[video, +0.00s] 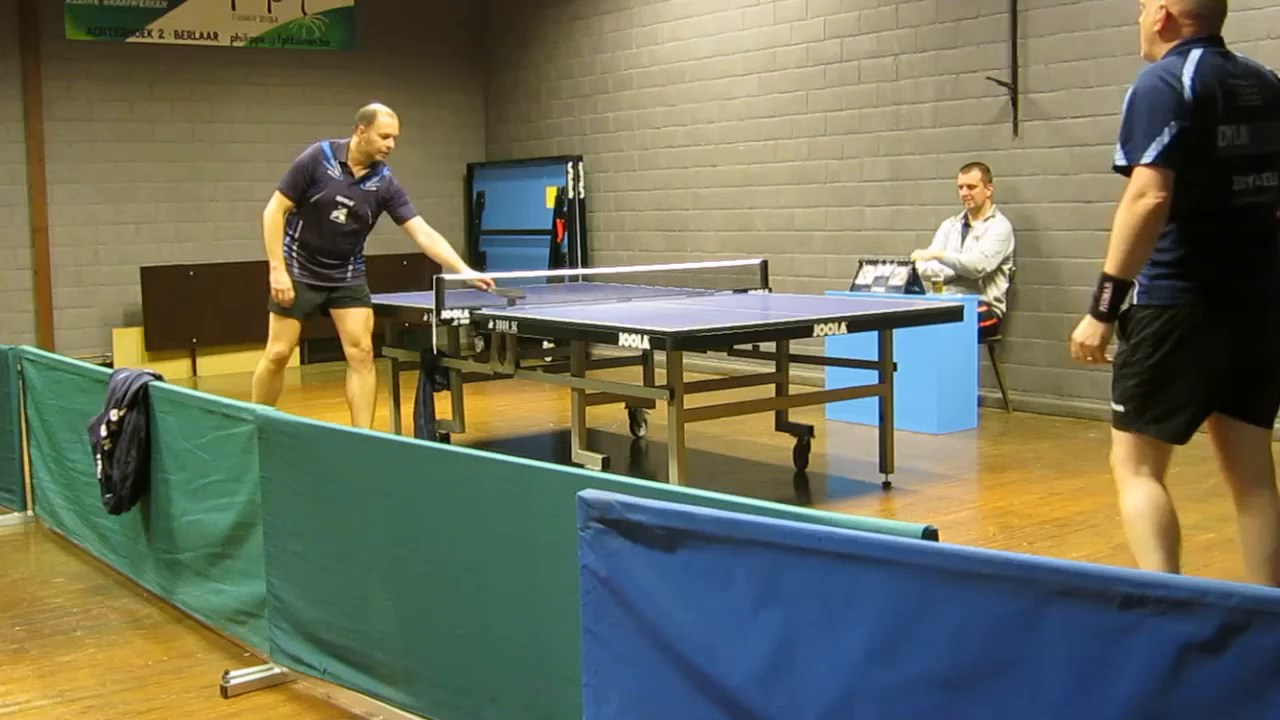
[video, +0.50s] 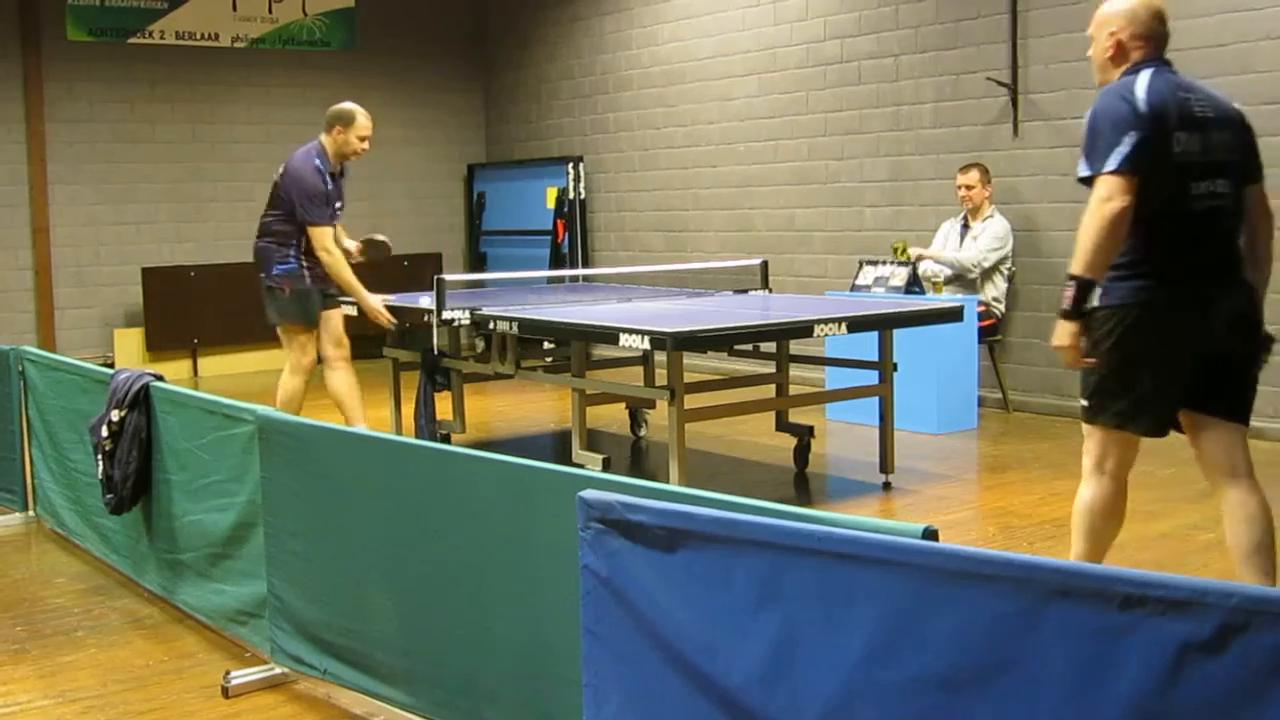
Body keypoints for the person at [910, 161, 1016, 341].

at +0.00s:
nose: (964, 193)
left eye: (971, 187)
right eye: (961, 188)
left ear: (988, 190)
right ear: (957, 190)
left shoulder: (1000, 228)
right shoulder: (949, 225)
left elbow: (979, 266)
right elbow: (923, 269)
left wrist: (937, 255)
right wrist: (965, 266)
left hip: (983, 306)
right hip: (944, 304)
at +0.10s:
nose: (964, 193)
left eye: (971, 187)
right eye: (961, 188)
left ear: (989, 190)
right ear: (957, 190)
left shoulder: (1000, 227)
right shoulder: (948, 226)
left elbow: (979, 267)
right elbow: (924, 270)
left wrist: (936, 256)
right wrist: (965, 267)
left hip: (983, 306)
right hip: (944, 304)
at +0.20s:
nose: (964, 193)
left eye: (970, 187)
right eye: (960, 188)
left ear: (988, 190)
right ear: (957, 191)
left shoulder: (1000, 228)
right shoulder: (948, 226)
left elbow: (978, 267)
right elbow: (924, 270)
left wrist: (935, 255)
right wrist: (965, 267)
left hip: (982, 306)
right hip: (943, 305)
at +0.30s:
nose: (963, 193)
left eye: (970, 187)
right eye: (960, 188)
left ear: (988, 190)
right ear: (956, 191)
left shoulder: (1000, 228)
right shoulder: (948, 226)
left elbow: (975, 267)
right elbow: (924, 270)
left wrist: (932, 255)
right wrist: (963, 268)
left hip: (983, 307)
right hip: (944, 305)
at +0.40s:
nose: (963, 194)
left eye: (969, 187)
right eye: (959, 188)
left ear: (987, 190)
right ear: (956, 191)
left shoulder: (999, 228)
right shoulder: (949, 226)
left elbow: (973, 265)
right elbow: (924, 270)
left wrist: (930, 254)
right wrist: (962, 267)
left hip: (983, 307)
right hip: (945, 306)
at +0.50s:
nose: (963, 194)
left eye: (969, 188)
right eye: (959, 188)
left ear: (987, 190)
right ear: (955, 190)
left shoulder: (999, 228)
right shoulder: (948, 226)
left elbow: (973, 265)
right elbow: (924, 270)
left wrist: (928, 255)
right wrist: (961, 265)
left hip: (982, 307)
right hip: (944, 305)